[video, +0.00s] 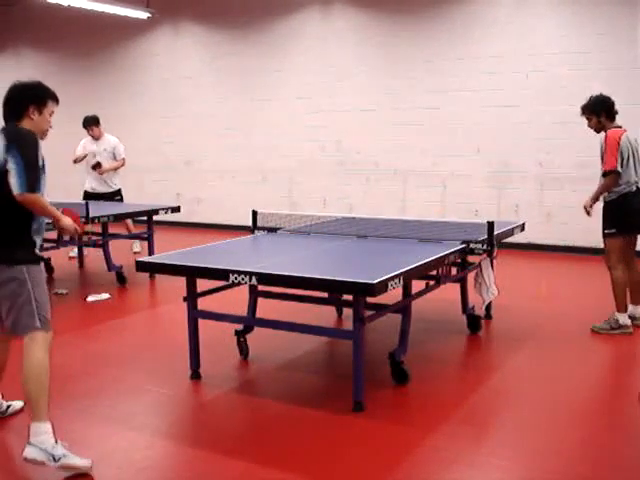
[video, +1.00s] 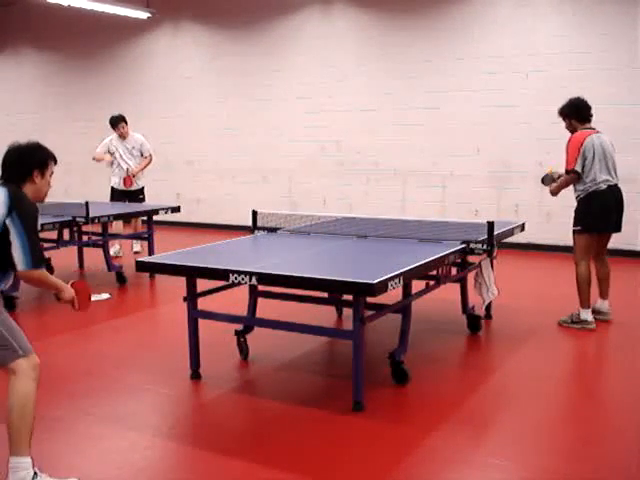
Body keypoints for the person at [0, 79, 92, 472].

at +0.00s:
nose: (52, 123)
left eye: (53, 116)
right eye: (50, 115)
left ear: (23, 112)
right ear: (32, 111)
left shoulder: (5, 138)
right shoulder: (23, 140)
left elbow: (22, 193)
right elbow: (24, 194)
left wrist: (55, 214)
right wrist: (59, 217)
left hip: (5, 255)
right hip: (18, 257)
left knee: (5, 331)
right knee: (38, 335)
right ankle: (41, 437)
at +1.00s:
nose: (51, 183)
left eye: (51, 175)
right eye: (49, 175)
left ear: (22, 174)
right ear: (34, 175)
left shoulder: (8, 199)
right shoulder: (18, 205)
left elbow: (22, 267)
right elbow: (27, 269)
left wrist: (56, 285)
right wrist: (59, 286)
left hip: (1, 304)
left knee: (22, 364)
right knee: (26, 365)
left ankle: (21, 466)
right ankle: (20, 469)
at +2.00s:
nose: (44, 181)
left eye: (44, 173)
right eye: (42, 173)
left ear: (21, 173)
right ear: (25, 174)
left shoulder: (10, 202)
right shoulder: (10, 205)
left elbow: (11, 264)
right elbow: (7, 269)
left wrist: (43, 274)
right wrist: (43, 276)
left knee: (14, 364)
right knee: (14, 364)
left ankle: (19, 466)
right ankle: (18, 469)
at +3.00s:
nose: (33, 156)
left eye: (34, 148)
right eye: (31, 148)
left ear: (9, 149)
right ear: (11, 148)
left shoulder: (5, 184)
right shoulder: (2, 186)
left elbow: (5, 248)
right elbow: (4, 251)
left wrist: (38, 259)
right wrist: (40, 259)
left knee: (8, 366)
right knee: (7, 367)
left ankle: (17, 465)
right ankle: (16, 468)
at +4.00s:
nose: (93, 205)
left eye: (95, 199)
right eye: (92, 197)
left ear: (51, 183)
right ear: (74, 189)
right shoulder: (66, 212)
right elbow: (119, 240)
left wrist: (114, 269)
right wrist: (123, 271)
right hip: (16, 321)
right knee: (92, 362)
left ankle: (91, 463)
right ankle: (92, 465)